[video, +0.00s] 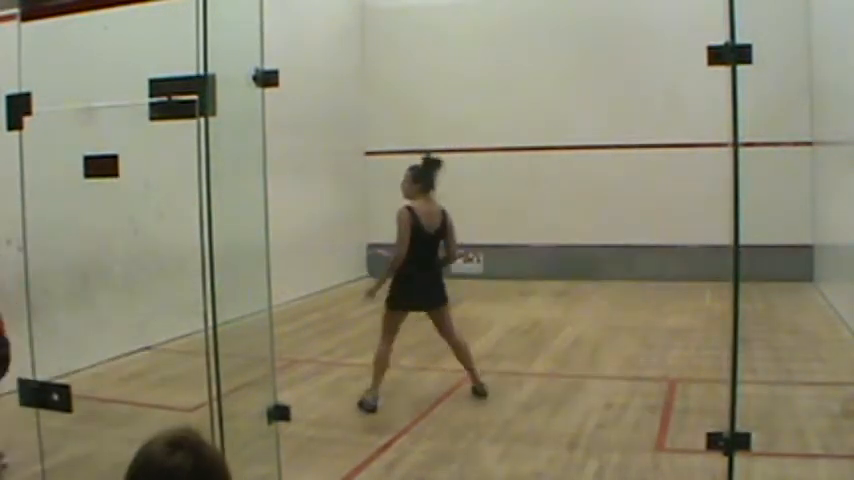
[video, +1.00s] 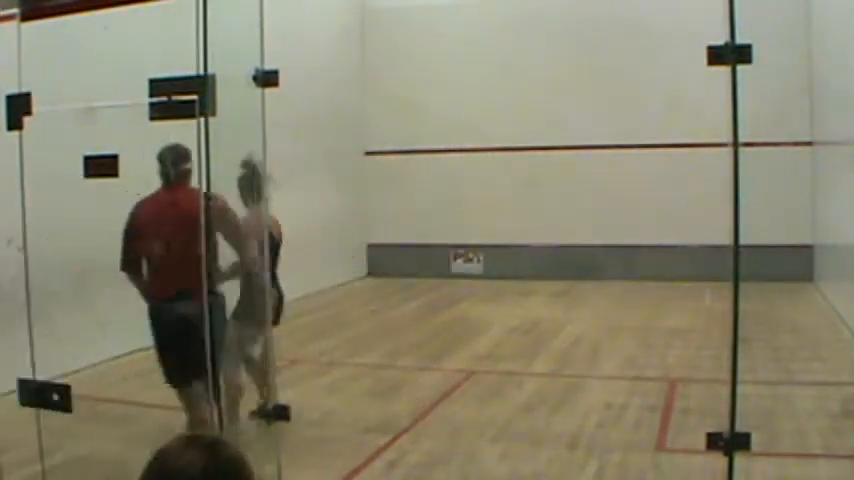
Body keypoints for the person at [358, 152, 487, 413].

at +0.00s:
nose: (402, 186)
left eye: (405, 182)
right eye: (403, 181)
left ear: (416, 185)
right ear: (427, 186)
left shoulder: (407, 213)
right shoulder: (442, 213)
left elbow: (400, 254)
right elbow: (451, 255)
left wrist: (378, 284)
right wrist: (432, 264)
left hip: (405, 283)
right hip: (432, 283)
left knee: (387, 339)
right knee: (451, 335)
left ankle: (372, 394)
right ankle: (478, 383)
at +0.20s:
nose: (377, 181)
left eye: (378, 177)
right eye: (379, 177)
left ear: (382, 178)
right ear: (402, 179)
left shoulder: (372, 206)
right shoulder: (413, 208)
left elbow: (362, 246)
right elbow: (426, 247)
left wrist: (336, 273)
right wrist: (406, 259)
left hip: (375, 281)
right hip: (404, 279)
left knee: (370, 343)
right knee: (424, 336)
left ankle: (370, 395)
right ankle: (443, 386)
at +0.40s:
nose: (374, 181)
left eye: (367, 176)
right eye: (378, 176)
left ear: (362, 179)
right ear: (384, 178)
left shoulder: (353, 207)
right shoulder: (398, 207)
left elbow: (337, 246)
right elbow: (412, 247)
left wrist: (313, 274)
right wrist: (393, 256)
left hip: (361, 282)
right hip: (392, 281)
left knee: (345, 335)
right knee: (406, 337)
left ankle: (335, 390)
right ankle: (421, 394)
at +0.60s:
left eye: (334, 190)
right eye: (347, 189)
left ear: (331, 193)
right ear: (354, 191)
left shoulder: (322, 223)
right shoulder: (366, 224)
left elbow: (308, 263)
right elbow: (381, 263)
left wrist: (295, 290)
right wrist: (363, 274)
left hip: (328, 298)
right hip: (358, 296)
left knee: (309, 349)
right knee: (388, 350)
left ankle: (302, 403)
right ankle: (418, 399)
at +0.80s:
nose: (285, 174)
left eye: (284, 170)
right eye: (291, 170)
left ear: (283, 173)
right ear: (306, 171)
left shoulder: (282, 200)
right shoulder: (318, 203)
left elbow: (277, 238)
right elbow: (329, 246)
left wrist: (260, 262)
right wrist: (306, 252)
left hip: (287, 274)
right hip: (313, 274)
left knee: (271, 336)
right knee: (307, 336)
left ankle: (278, 399)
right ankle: (318, 398)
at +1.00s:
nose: (241, 195)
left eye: (242, 190)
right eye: (244, 189)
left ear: (243, 193)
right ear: (263, 191)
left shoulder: (248, 224)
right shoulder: (272, 223)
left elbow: (248, 263)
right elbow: (268, 261)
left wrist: (221, 275)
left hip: (253, 297)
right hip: (271, 294)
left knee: (233, 352)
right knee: (254, 349)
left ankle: (230, 417)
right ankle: (268, 399)